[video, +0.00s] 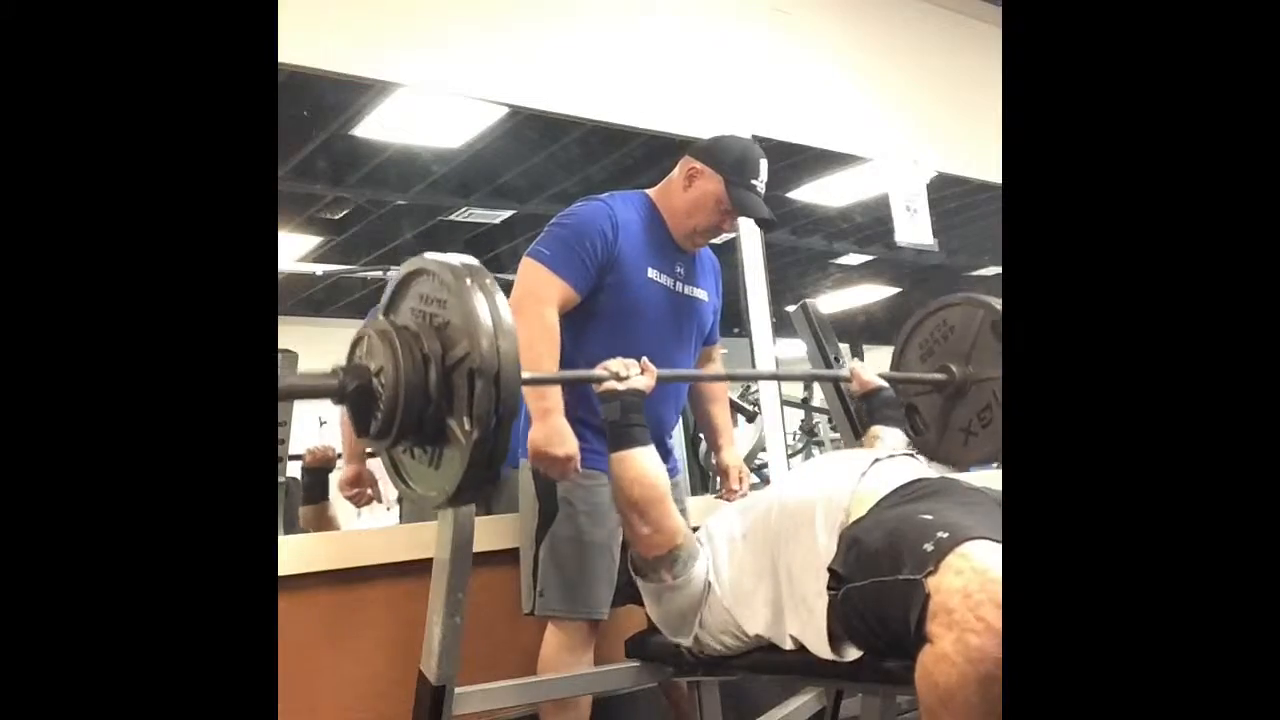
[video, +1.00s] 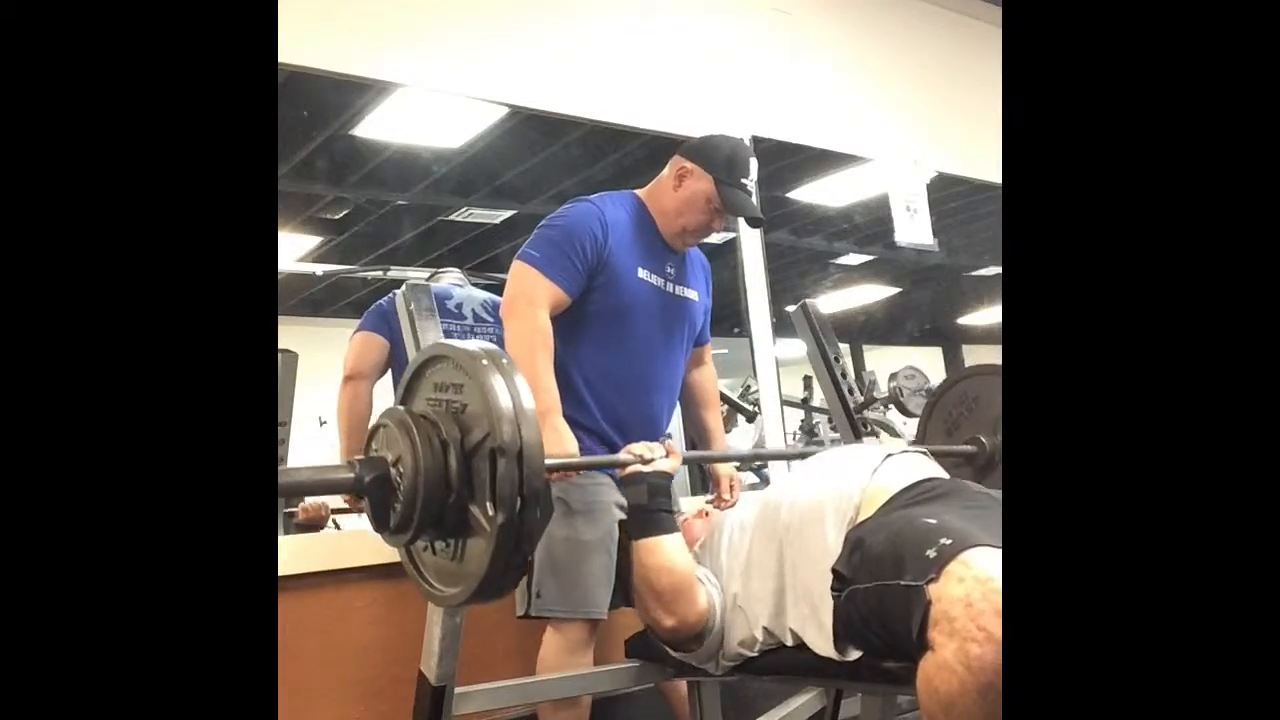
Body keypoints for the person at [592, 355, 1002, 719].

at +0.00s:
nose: (722, 491)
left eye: (720, 491)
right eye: (701, 497)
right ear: (684, 533)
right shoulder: (695, 593)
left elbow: (891, 459)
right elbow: (647, 517)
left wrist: (878, 399)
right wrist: (625, 411)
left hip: (974, 482)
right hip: (882, 515)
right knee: (985, 599)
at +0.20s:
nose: (697, 522)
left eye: (697, 514)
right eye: (683, 530)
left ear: (719, 511)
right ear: (672, 563)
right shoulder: (701, 607)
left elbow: (910, 479)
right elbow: (654, 547)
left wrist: (884, 418)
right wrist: (631, 432)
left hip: (950, 491)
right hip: (873, 528)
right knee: (985, 598)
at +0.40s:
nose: (689, 521)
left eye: (686, 512)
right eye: (675, 532)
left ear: (704, 503)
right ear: (666, 568)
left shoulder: (756, 503)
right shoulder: (705, 608)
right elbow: (660, 566)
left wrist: (879, 441)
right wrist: (633, 449)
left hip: (953, 489)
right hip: (877, 533)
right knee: (984, 593)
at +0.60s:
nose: (685, 520)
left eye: (686, 513)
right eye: (672, 531)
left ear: (705, 504)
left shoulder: (756, 504)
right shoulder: (706, 606)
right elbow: (662, 586)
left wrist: (881, 447)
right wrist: (635, 463)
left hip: (957, 490)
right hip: (880, 524)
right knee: (984, 597)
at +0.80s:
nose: (689, 510)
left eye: (686, 508)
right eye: (677, 522)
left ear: (705, 502)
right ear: (682, 554)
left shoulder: (767, 500)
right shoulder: (710, 603)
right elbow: (665, 597)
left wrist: (886, 447)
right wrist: (642, 482)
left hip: (950, 490)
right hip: (876, 531)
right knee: (986, 601)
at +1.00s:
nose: (693, 507)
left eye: (690, 502)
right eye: (680, 517)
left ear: (706, 500)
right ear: (674, 548)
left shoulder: (760, 508)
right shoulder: (707, 593)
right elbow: (671, 616)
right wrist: (650, 493)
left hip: (951, 488)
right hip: (877, 528)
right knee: (985, 601)